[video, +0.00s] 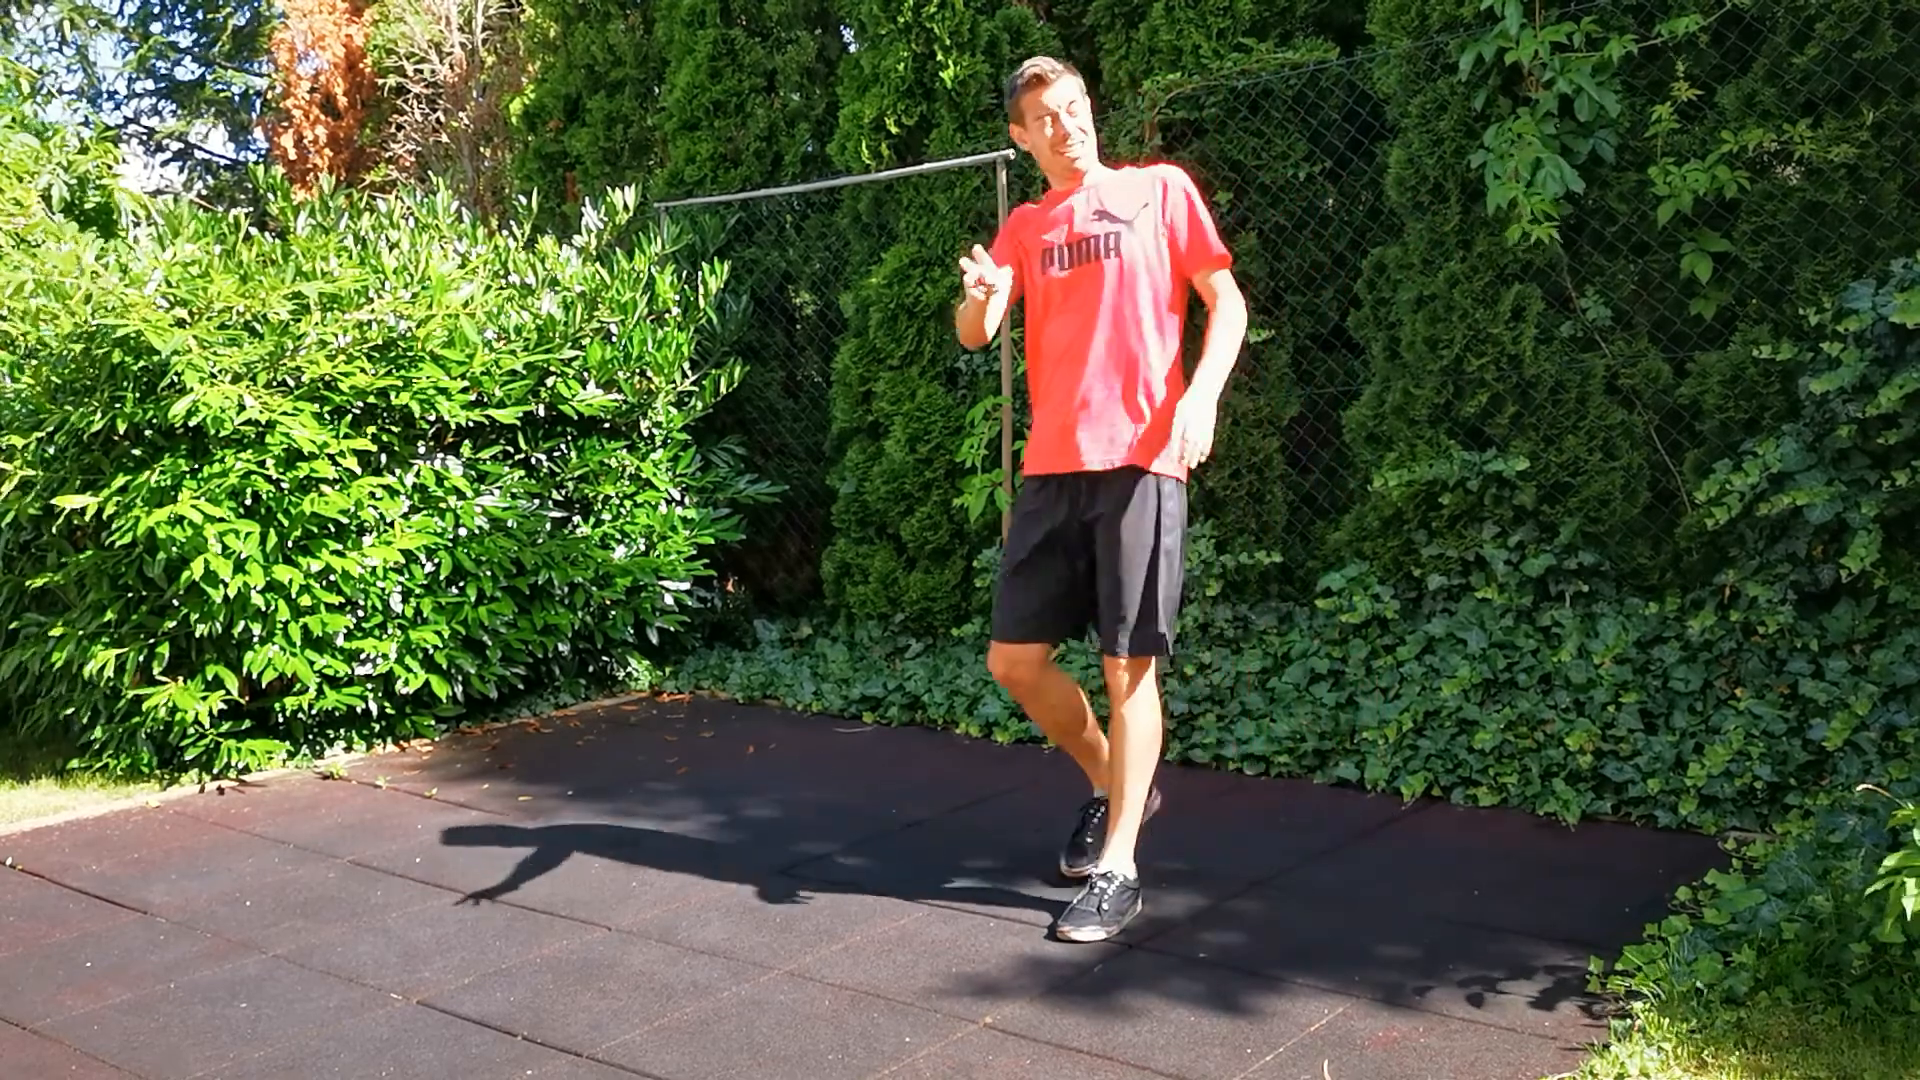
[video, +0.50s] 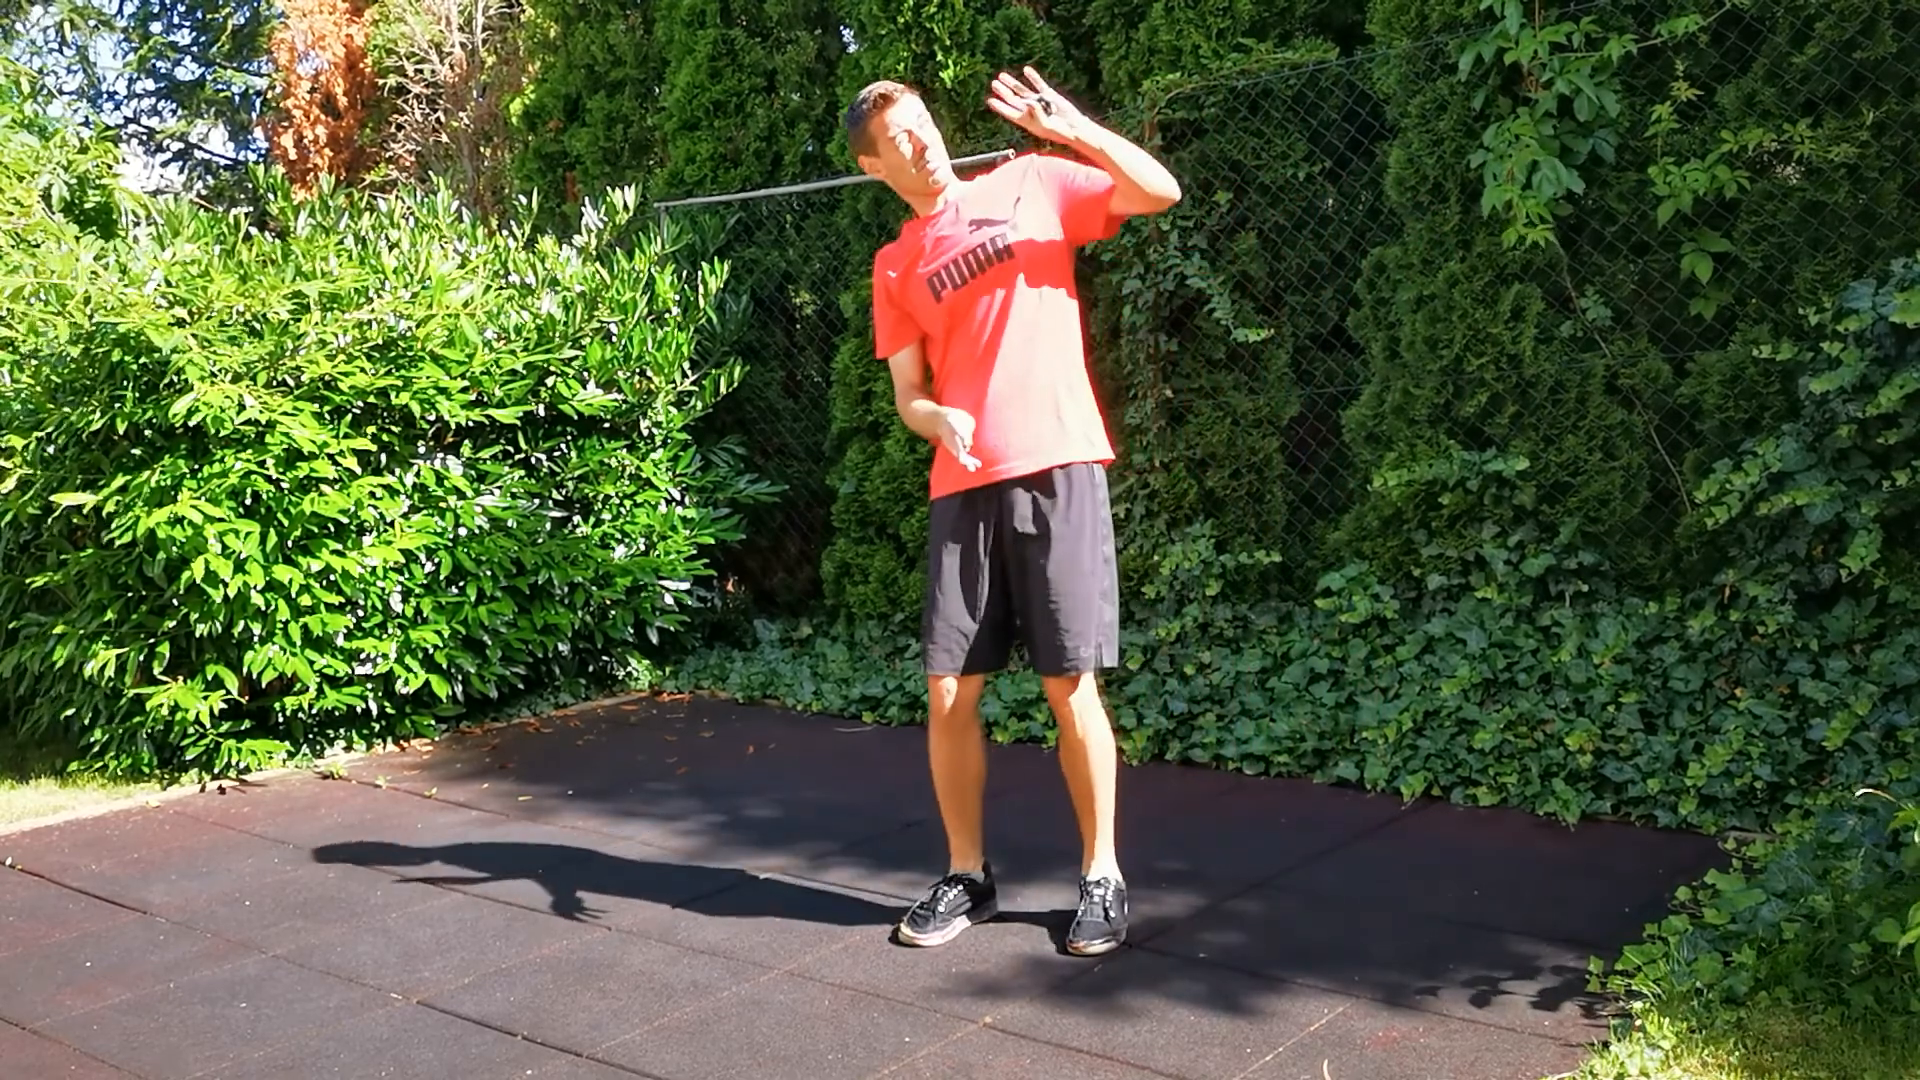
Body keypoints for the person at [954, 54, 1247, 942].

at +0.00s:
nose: (1059, 127)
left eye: (1066, 110)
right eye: (1040, 120)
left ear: (1090, 109)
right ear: (1020, 136)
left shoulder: (1161, 190)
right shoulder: (1020, 228)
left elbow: (1226, 302)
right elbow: (975, 335)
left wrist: (1201, 397)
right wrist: (980, 296)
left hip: (1140, 466)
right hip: (1050, 470)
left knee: (1128, 669)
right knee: (1016, 659)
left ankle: (1118, 868)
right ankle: (1117, 783)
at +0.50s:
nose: (916, 145)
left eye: (917, 126)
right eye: (894, 143)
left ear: (940, 126)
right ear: (875, 169)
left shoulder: (1032, 180)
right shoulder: (895, 264)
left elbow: (1158, 190)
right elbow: (910, 394)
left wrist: (1064, 125)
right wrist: (937, 420)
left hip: (1058, 467)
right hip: (964, 484)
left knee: (1070, 684)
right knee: (949, 691)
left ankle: (1101, 882)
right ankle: (965, 878)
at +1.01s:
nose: (838, 167)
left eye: (842, 147)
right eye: (819, 167)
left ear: (876, 139)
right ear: (815, 191)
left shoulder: (974, 171)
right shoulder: (852, 284)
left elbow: (1084, 99)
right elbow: (882, 412)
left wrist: (1045, 6)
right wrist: (916, 405)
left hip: (1043, 450)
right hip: (948, 481)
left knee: (1066, 678)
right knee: (935, 696)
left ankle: (1107, 880)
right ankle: (965, 877)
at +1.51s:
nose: (942, 173)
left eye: (951, 152)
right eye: (926, 166)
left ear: (987, 139)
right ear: (918, 179)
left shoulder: (1077, 178)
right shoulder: (947, 269)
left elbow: (1180, 103)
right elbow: (926, 377)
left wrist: (1169, 2)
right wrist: (958, 284)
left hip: (1101, 463)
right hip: (1010, 481)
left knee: (1111, 680)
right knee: (960, 683)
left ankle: (1160, 865)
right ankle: (967, 874)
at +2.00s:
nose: (1067, 145)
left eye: (1078, 127)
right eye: (1057, 133)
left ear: (1117, 125)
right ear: (1050, 144)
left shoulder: (1175, 195)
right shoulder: (1043, 234)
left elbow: (1140, 207)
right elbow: (947, 258)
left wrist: (1079, 95)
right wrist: (958, 155)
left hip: (1152, 472)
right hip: (1068, 478)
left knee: (1127, 666)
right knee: (1066, 668)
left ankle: (1161, 863)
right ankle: (1129, 826)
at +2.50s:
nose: (1144, 165)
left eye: (1156, 147)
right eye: (1134, 152)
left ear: (1198, 139)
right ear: (1128, 156)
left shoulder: (1246, 214)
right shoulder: (1121, 238)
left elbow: (1182, 277)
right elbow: (1063, 302)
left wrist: (1100, 284)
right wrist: (995, 291)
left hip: (1237, 476)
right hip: (1144, 482)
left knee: (1269, 655)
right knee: (1109, 644)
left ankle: (1310, 799)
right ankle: (1132, 827)